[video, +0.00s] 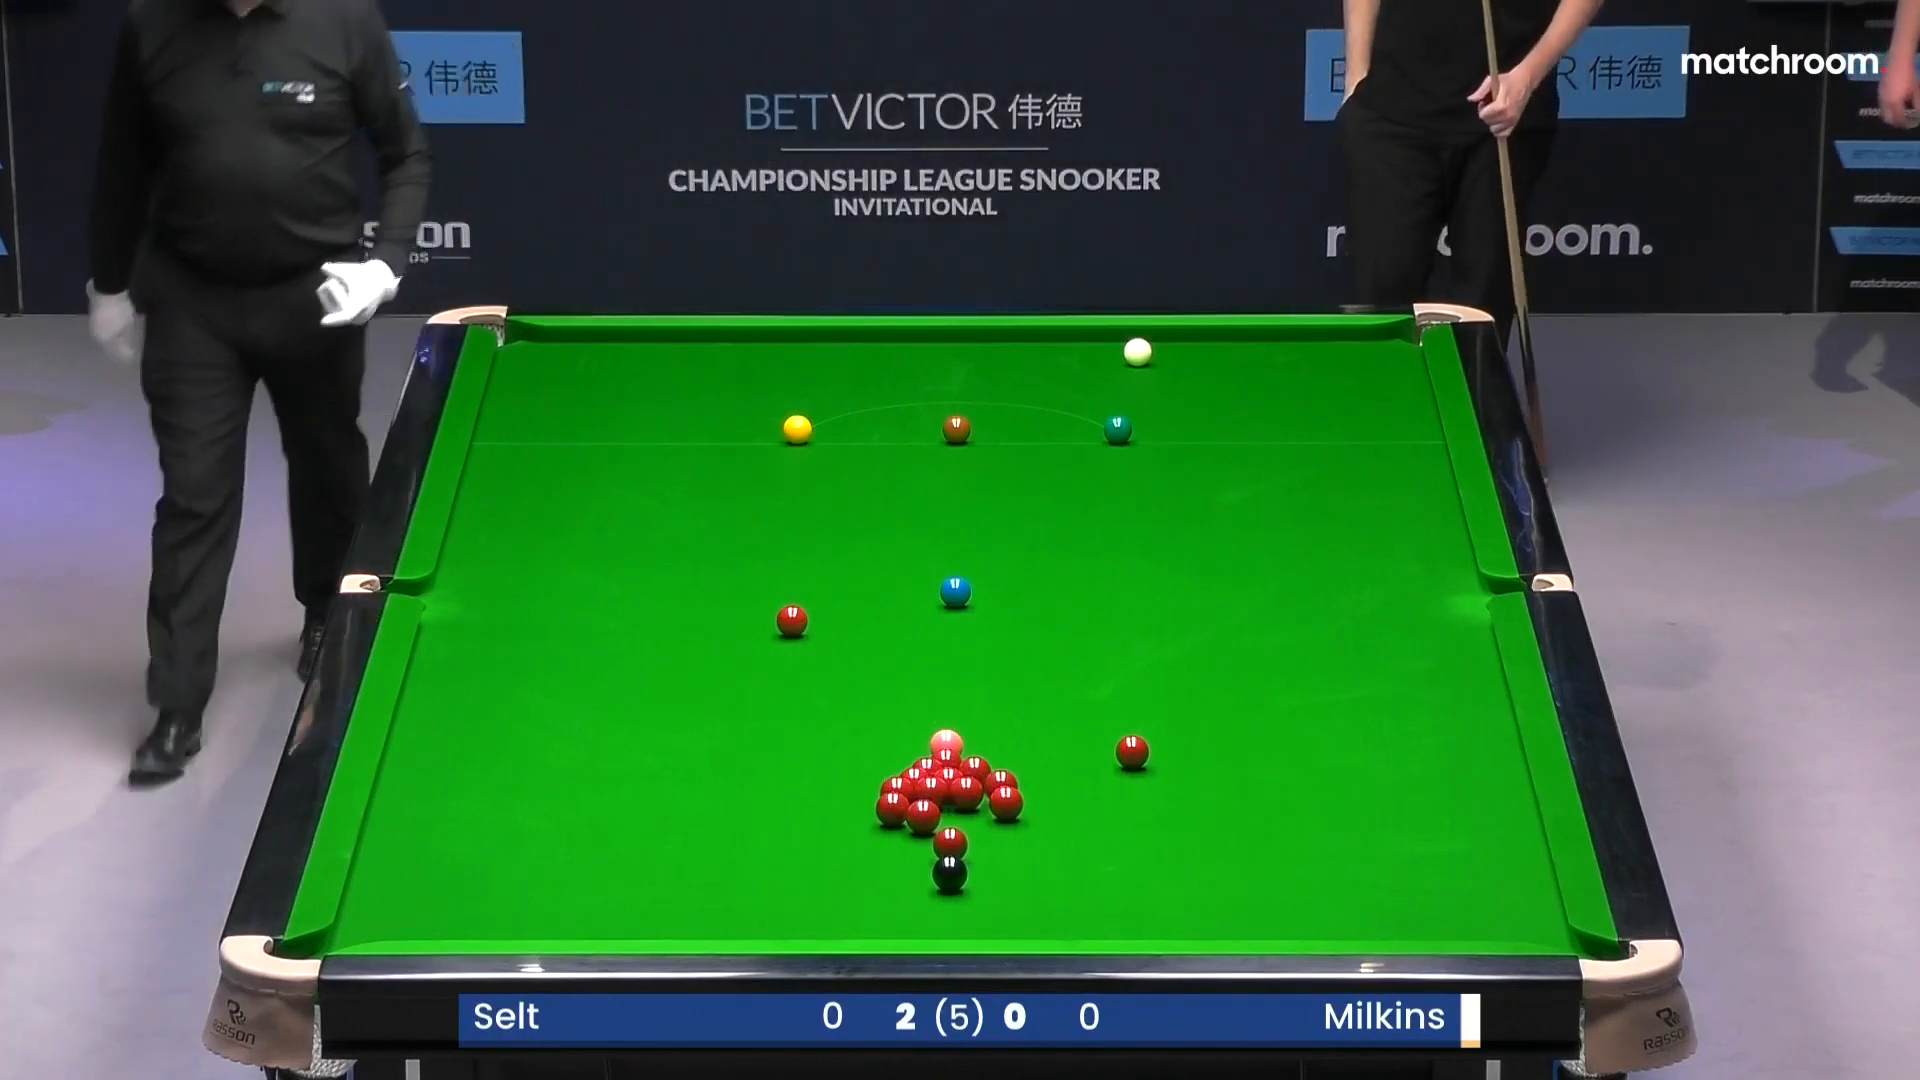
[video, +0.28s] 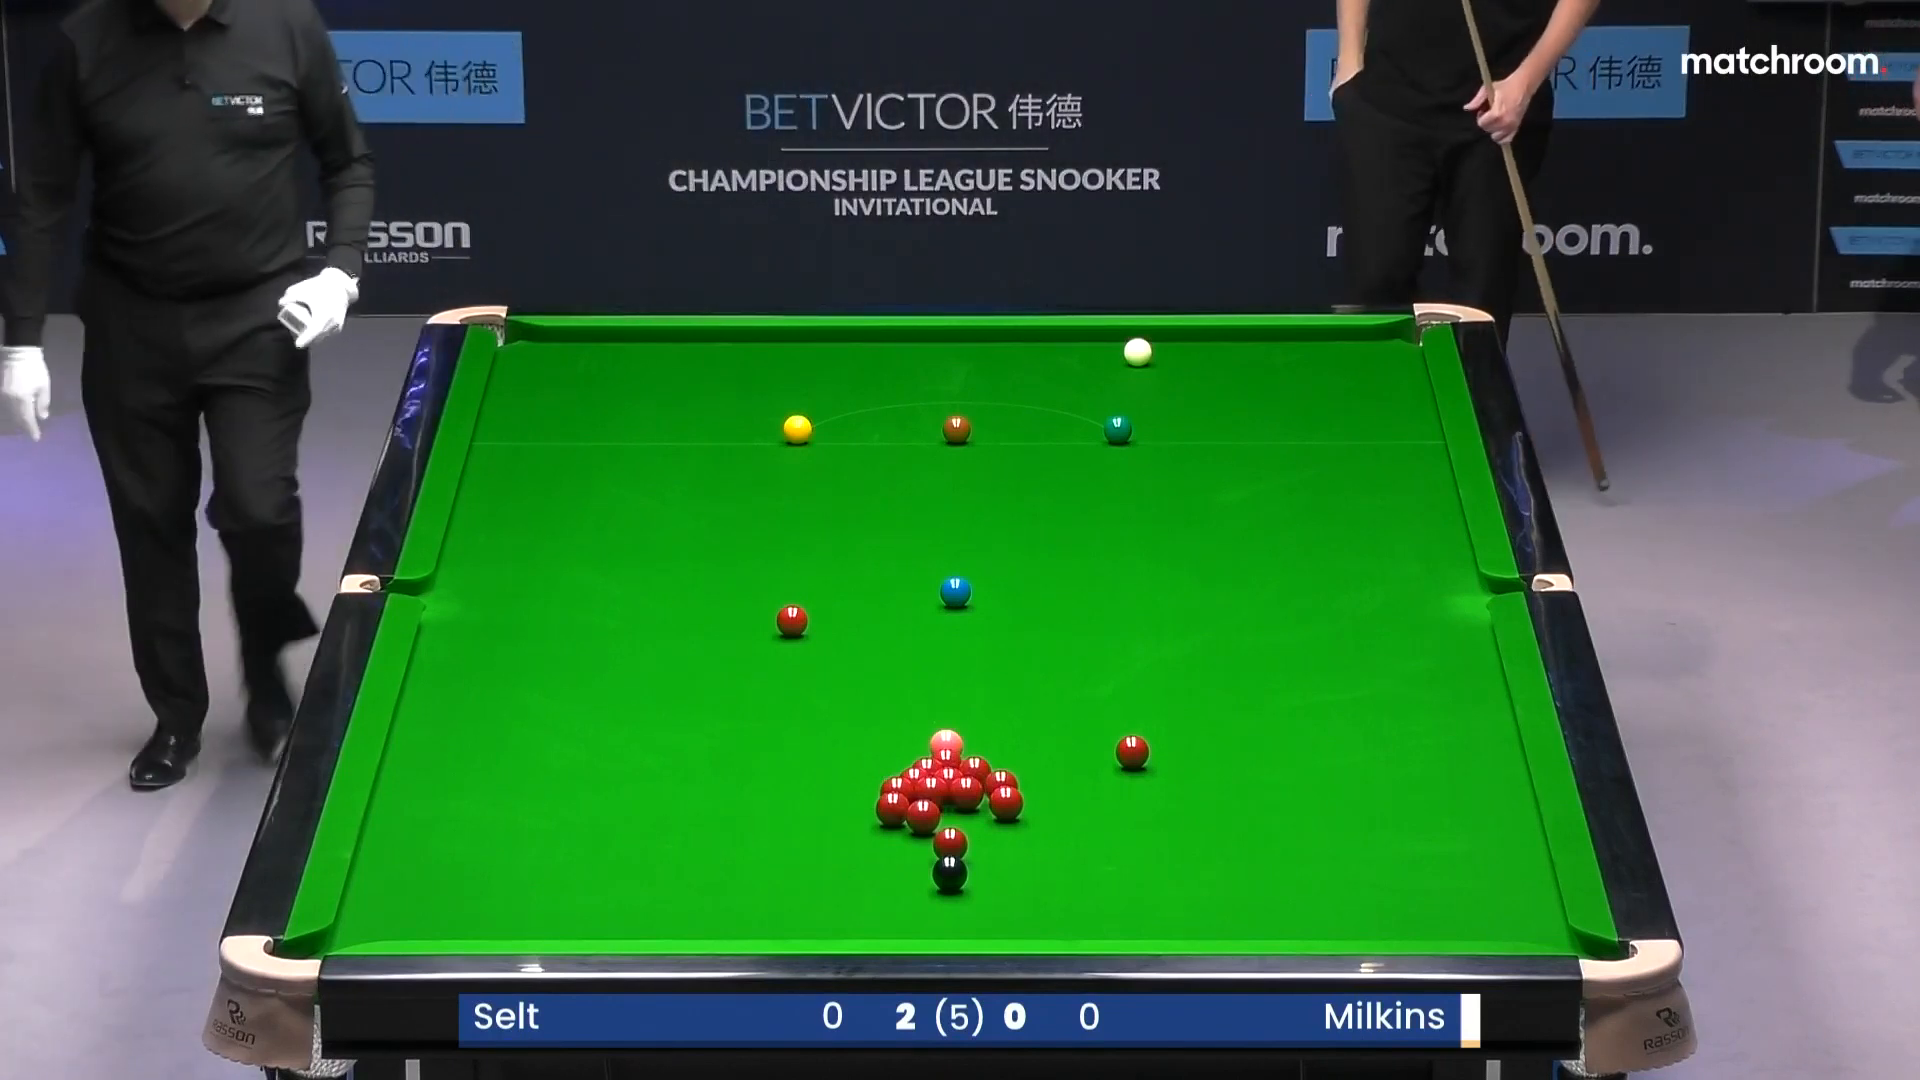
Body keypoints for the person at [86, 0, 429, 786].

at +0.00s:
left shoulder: (346, 20)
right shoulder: (155, 23)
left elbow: (408, 151)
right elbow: (122, 155)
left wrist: (385, 258)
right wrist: (108, 279)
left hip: (315, 297)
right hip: (191, 301)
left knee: (329, 474)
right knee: (193, 503)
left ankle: (329, 624)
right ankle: (177, 705)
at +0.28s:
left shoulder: (288, 26)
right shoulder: (86, 42)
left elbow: (349, 160)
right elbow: (41, 194)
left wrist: (342, 268)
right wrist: (22, 339)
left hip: (257, 319)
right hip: (131, 329)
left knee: (261, 513)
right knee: (151, 533)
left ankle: (269, 669)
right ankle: (176, 714)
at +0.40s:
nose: (189, 0)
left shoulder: (274, 45)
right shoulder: (68, 59)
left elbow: (330, 180)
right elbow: (21, 209)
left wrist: (335, 283)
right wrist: (7, 352)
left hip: (243, 339)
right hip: (120, 347)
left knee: (233, 540)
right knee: (146, 543)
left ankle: (218, 755)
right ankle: (176, 714)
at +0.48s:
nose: (192, 10)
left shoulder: (270, 70)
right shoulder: (63, 80)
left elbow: (320, 202)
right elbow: (16, 231)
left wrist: (334, 299)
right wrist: (3, 367)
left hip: (231, 364)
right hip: (109, 369)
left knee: (211, 573)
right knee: (144, 566)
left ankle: (205, 792)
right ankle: (174, 721)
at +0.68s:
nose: (210, 13)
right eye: (188, 0)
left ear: (232, 4)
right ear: (136, 6)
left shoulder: (267, 97)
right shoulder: (57, 102)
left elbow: (306, 232)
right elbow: (15, 258)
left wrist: (336, 334)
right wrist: (7, 399)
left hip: (229, 386)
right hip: (97, 394)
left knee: (216, 617)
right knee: (100, 597)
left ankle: (195, 820)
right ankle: (154, 702)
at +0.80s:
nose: (204, 19)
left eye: (215, 2)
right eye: (182, 4)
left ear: (226, 8)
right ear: (129, 8)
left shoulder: (263, 102)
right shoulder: (51, 109)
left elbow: (306, 241)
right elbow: (12, 273)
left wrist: (336, 349)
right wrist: (4, 420)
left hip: (227, 403)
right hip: (90, 406)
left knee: (216, 632)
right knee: (79, 622)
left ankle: (194, 825)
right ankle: (120, 725)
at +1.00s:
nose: (193, 55)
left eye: (202, 35)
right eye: (170, 38)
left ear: (211, 33)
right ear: (110, 39)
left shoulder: (249, 130)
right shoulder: (34, 146)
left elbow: (299, 271)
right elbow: (1, 301)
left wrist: (338, 380)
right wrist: (3, 425)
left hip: (220, 440)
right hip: (83, 443)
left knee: (211, 658)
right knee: (83, 667)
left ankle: (190, 832)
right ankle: (56, 903)